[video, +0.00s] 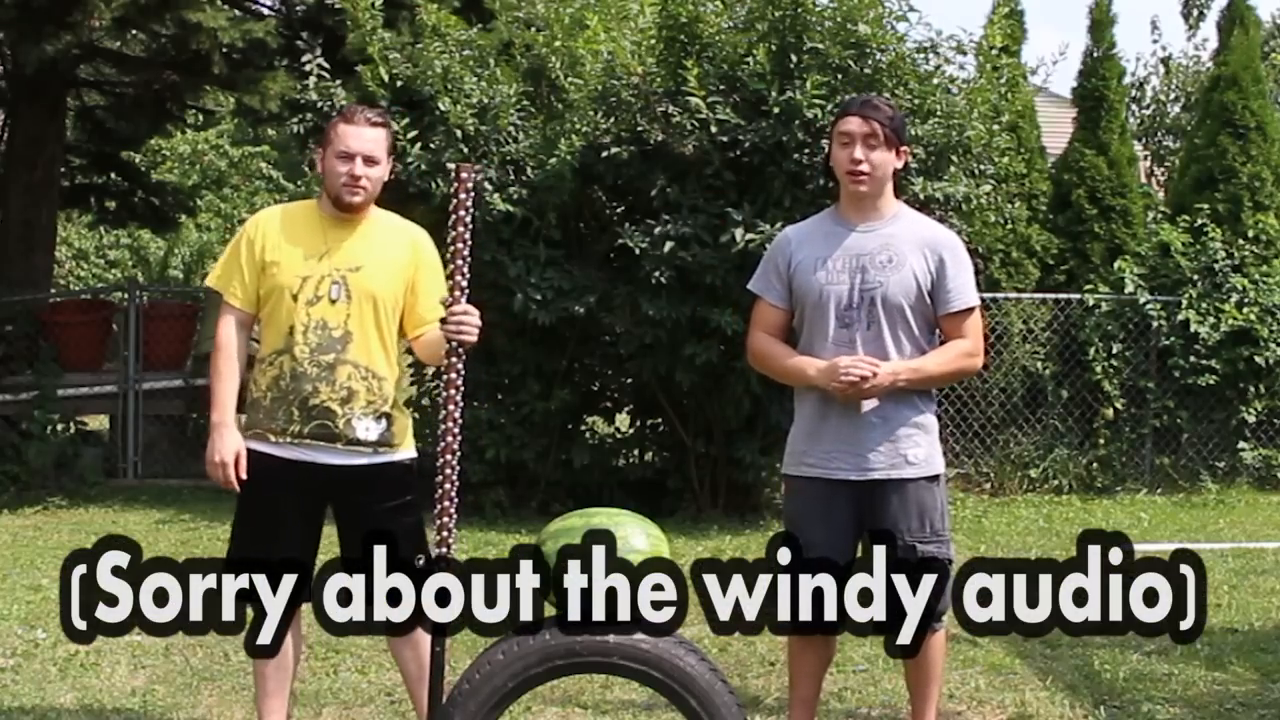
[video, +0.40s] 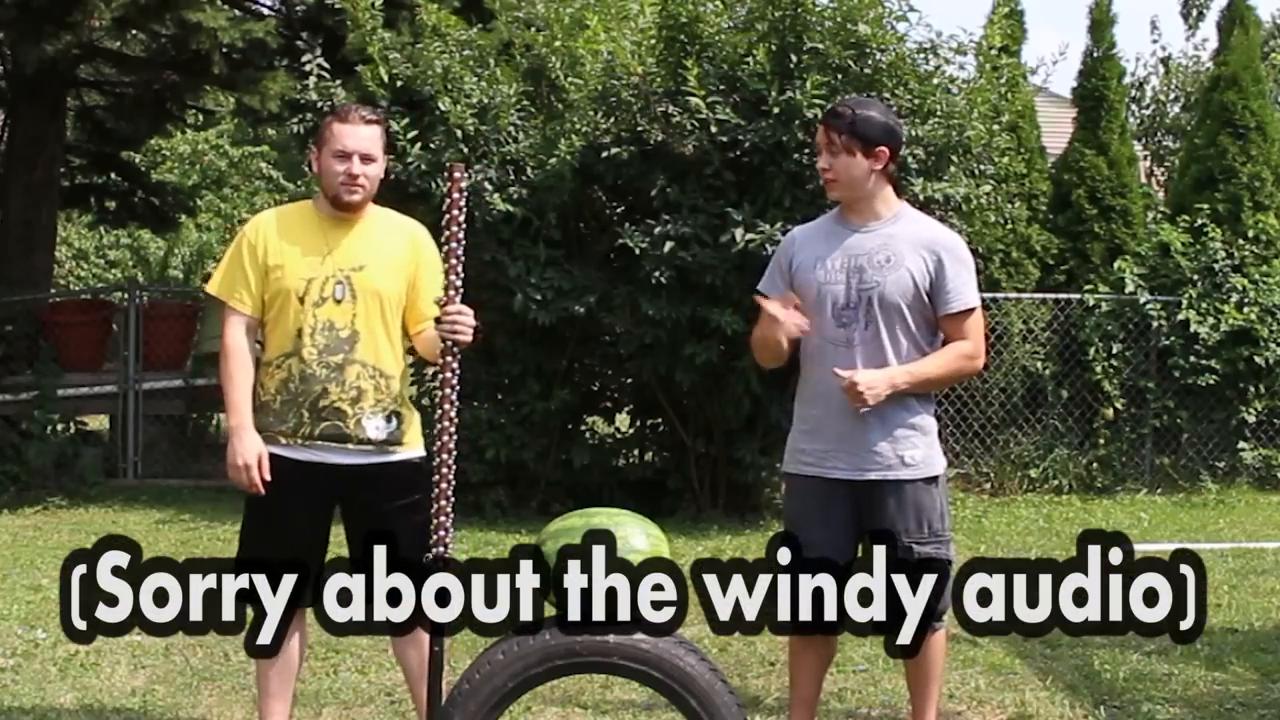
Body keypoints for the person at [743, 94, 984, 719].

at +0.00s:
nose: (856, 155)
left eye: (872, 144)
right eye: (845, 142)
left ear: (898, 157)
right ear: (830, 154)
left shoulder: (937, 243)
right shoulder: (793, 244)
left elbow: (970, 350)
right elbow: (760, 344)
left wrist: (895, 373)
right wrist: (818, 371)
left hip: (908, 465)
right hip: (817, 464)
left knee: (924, 609)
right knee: (809, 609)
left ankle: (924, 716)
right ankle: (800, 716)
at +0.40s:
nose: (821, 164)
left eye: (835, 153)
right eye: (820, 152)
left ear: (880, 159)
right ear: (820, 156)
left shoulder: (938, 245)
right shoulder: (798, 244)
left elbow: (970, 351)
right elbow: (767, 356)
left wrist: (893, 378)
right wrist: (773, 326)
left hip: (906, 467)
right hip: (816, 464)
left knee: (923, 611)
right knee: (810, 610)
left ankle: (924, 717)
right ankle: (800, 716)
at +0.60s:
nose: (819, 165)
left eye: (832, 153)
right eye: (818, 152)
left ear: (879, 158)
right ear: (829, 157)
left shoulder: (938, 244)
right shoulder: (801, 242)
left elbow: (970, 350)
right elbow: (746, 327)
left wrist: (889, 375)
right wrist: (705, 265)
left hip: (908, 467)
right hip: (817, 464)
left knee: (923, 611)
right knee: (811, 610)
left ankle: (925, 716)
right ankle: (800, 717)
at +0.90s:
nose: (818, 163)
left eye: (831, 152)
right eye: (817, 150)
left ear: (876, 159)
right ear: (826, 156)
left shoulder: (935, 245)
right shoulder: (802, 243)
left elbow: (967, 351)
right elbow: (765, 332)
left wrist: (888, 376)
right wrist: (694, 338)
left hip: (906, 467)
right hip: (816, 464)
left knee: (922, 611)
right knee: (812, 609)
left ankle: (924, 717)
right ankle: (800, 716)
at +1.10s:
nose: (810, 165)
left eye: (823, 153)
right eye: (809, 152)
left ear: (867, 157)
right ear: (834, 158)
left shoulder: (929, 245)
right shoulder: (798, 245)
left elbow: (961, 350)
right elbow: (780, 334)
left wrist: (874, 381)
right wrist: (784, 366)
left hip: (901, 467)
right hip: (813, 466)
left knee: (920, 611)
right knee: (809, 610)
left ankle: (924, 716)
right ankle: (799, 716)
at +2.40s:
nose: (821, 161)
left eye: (834, 151)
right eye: (821, 149)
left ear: (879, 158)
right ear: (829, 156)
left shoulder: (935, 245)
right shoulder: (805, 244)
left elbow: (964, 353)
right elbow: (762, 328)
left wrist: (875, 377)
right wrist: (697, 322)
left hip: (906, 468)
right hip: (817, 466)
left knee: (923, 612)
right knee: (812, 609)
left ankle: (925, 717)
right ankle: (800, 716)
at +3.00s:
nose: (828, 150)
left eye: (842, 141)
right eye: (831, 139)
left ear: (884, 158)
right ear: (861, 156)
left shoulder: (935, 247)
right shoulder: (807, 239)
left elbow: (955, 357)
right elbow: (774, 319)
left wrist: (861, 375)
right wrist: (766, 348)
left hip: (902, 467)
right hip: (813, 462)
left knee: (921, 613)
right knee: (808, 610)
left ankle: (924, 716)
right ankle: (799, 716)